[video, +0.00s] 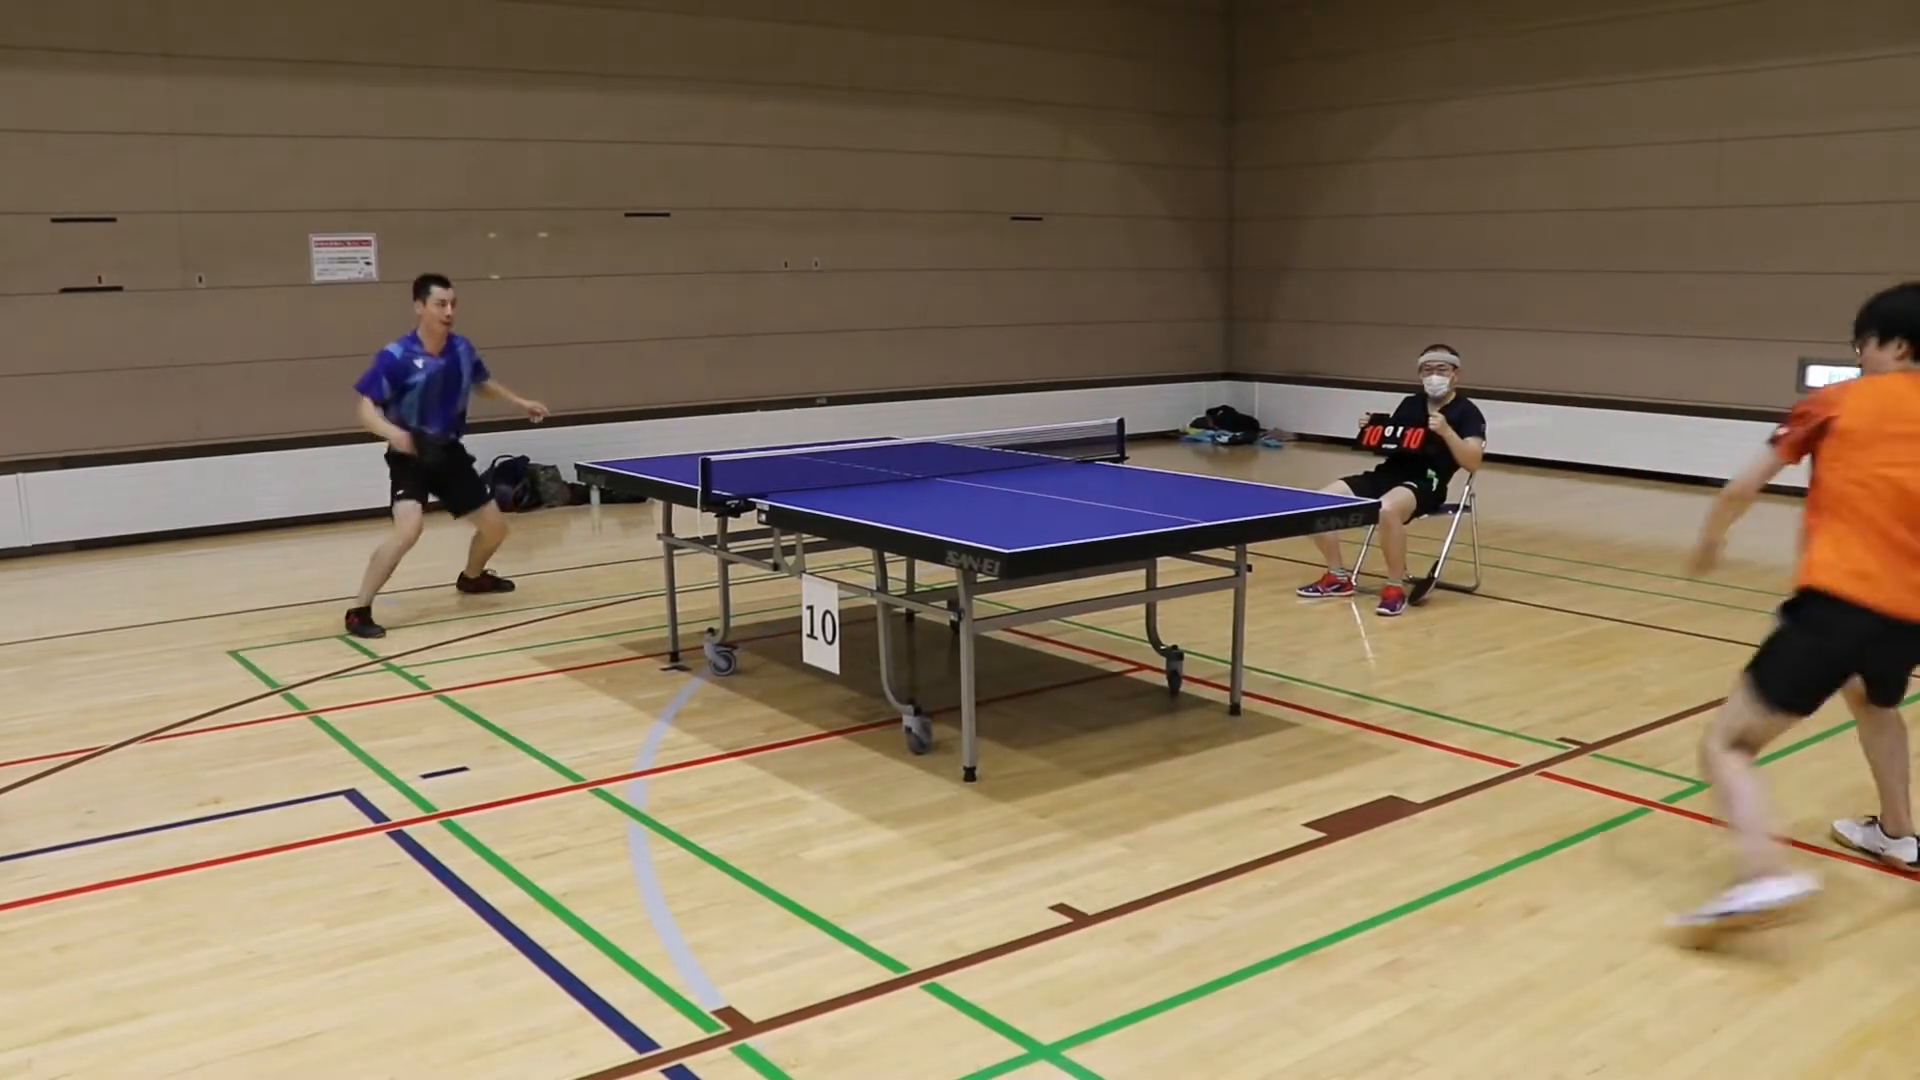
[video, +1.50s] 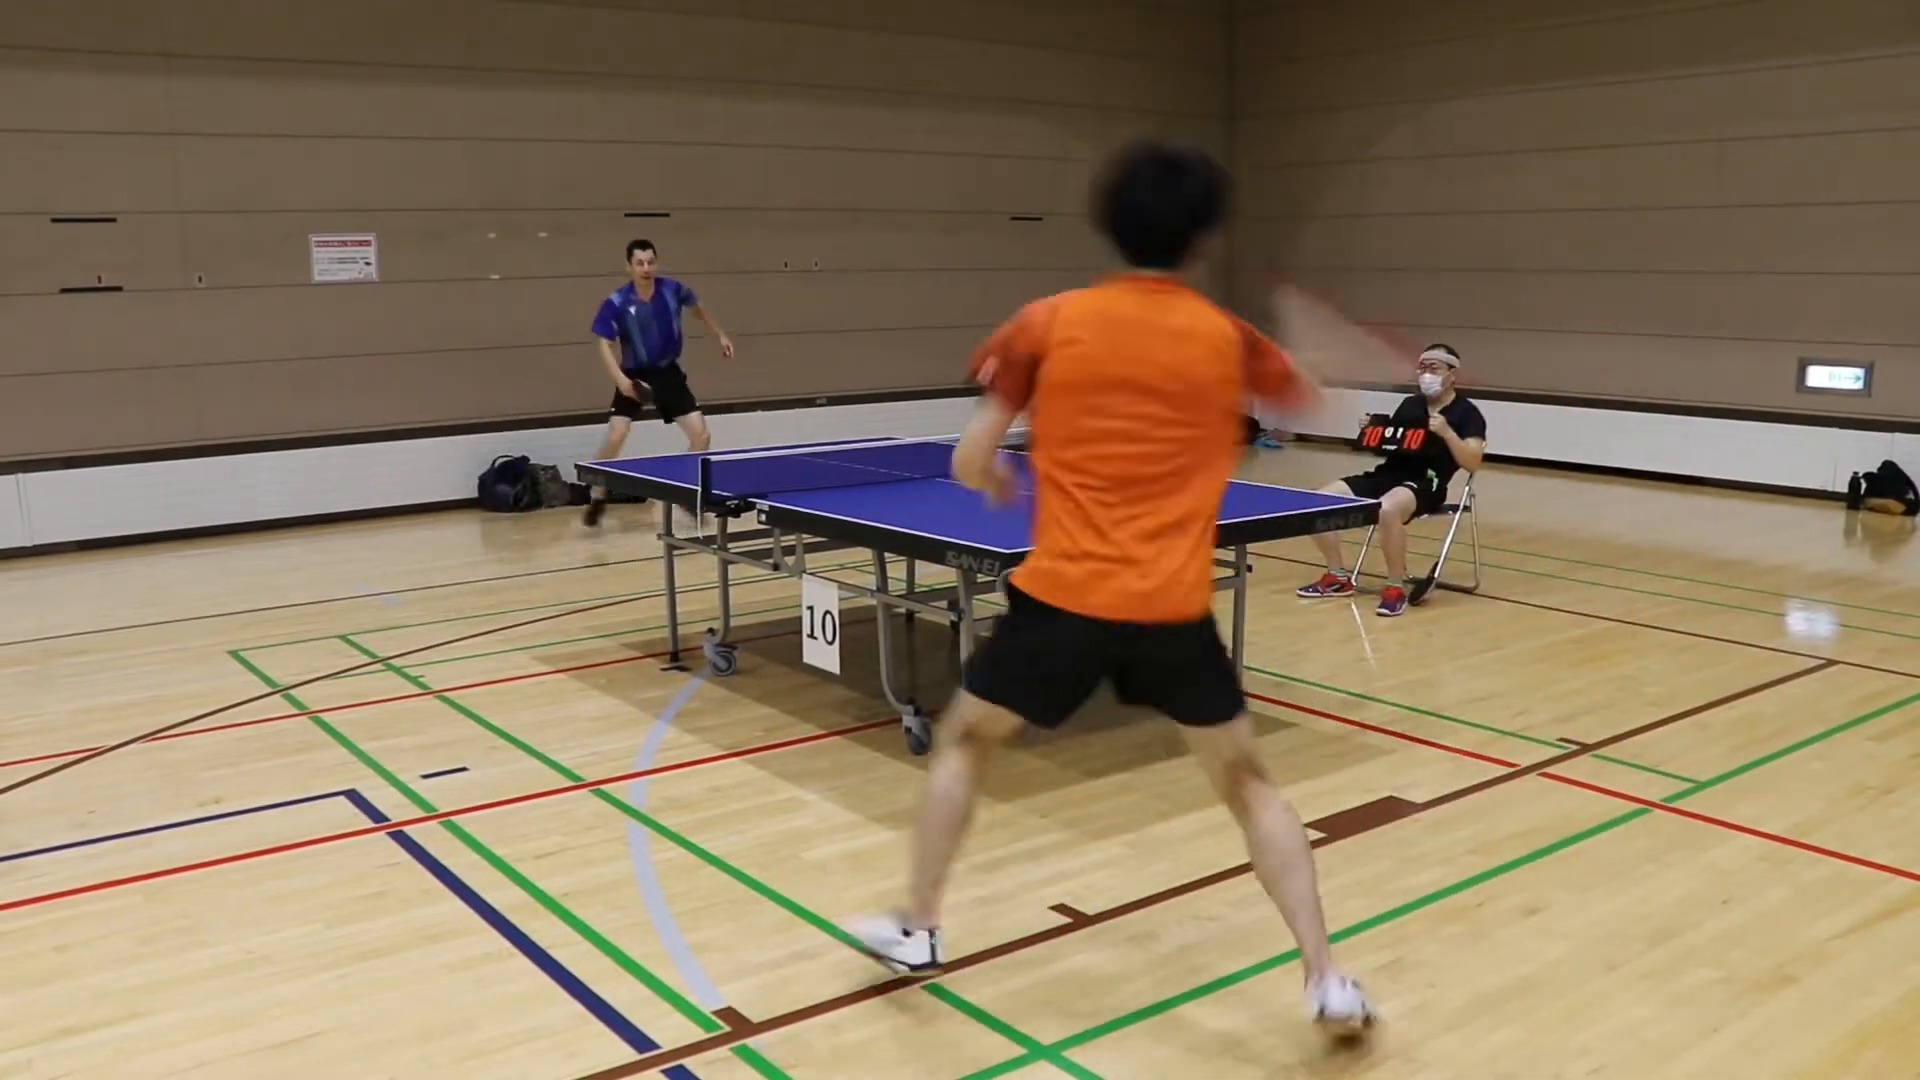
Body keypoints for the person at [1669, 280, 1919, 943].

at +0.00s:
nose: (1859, 357)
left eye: (1865, 345)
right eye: (1861, 345)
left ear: (1894, 347)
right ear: (1911, 349)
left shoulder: (1844, 400)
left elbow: (1746, 484)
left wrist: (1711, 538)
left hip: (1836, 604)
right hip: (1910, 614)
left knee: (1725, 742)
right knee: (1875, 699)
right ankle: (1898, 831)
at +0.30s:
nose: (1763, 352)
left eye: (1773, 343)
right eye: (1769, 341)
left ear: (1798, 360)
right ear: (1829, 361)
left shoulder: (1810, 451)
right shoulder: (1805, 402)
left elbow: (1743, 572)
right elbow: (1709, 355)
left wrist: (1679, 512)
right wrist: (1681, 315)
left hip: (1779, 647)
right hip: (1816, 631)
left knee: (1628, 750)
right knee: (1779, 729)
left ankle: (1747, 898)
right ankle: (1885, 829)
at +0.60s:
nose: (1594, 265)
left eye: (1601, 250)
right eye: (1596, 249)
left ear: (1627, 258)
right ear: (1680, 260)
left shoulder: (1621, 341)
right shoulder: (1712, 349)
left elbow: (1571, 470)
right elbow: (1672, 452)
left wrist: (1547, 436)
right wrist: (1565, 435)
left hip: (1623, 589)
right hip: (1691, 586)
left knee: (1547, 747)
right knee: (1633, 719)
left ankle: (1675, 889)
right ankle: (1702, 870)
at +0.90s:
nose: (1438, 341)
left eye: (1445, 330)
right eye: (1447, 329)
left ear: (1455, 344)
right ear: (1533, 361)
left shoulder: (1387, 417)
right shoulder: (1553, 465)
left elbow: (1314, 523)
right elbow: (1572, 624)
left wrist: (1379, 554)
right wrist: (1547, 694)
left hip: (1356, 677)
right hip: (1466, 698)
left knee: (1255, 847)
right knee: (1521, 797)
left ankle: (1178, 1037)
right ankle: (1580, 979)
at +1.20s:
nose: (1451, 342)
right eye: (1449, 330)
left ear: (1356, 317)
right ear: (1439, 343)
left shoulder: (1302, 382)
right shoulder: (1410, 442)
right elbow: (1380, 603)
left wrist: (1418, 437)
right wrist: (1428, 724)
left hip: (1182, 628)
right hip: (1278, 660)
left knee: (1130, 786)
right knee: (1382, 816)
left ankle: (1028, 929)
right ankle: (1341, 1021)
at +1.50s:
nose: (1219, 240)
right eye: (1213, 228)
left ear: (1113, 229)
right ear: (1203, 240)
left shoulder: (1052, 323)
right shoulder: (1223, 339)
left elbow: (970, 462)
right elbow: (1316, 412)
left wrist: (1003, 482)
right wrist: (1306, 330)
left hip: (1059, 608)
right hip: (1171, 616)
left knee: (963, 738)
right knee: (1245, 778)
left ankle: (918, 925)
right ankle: (1324, 976)